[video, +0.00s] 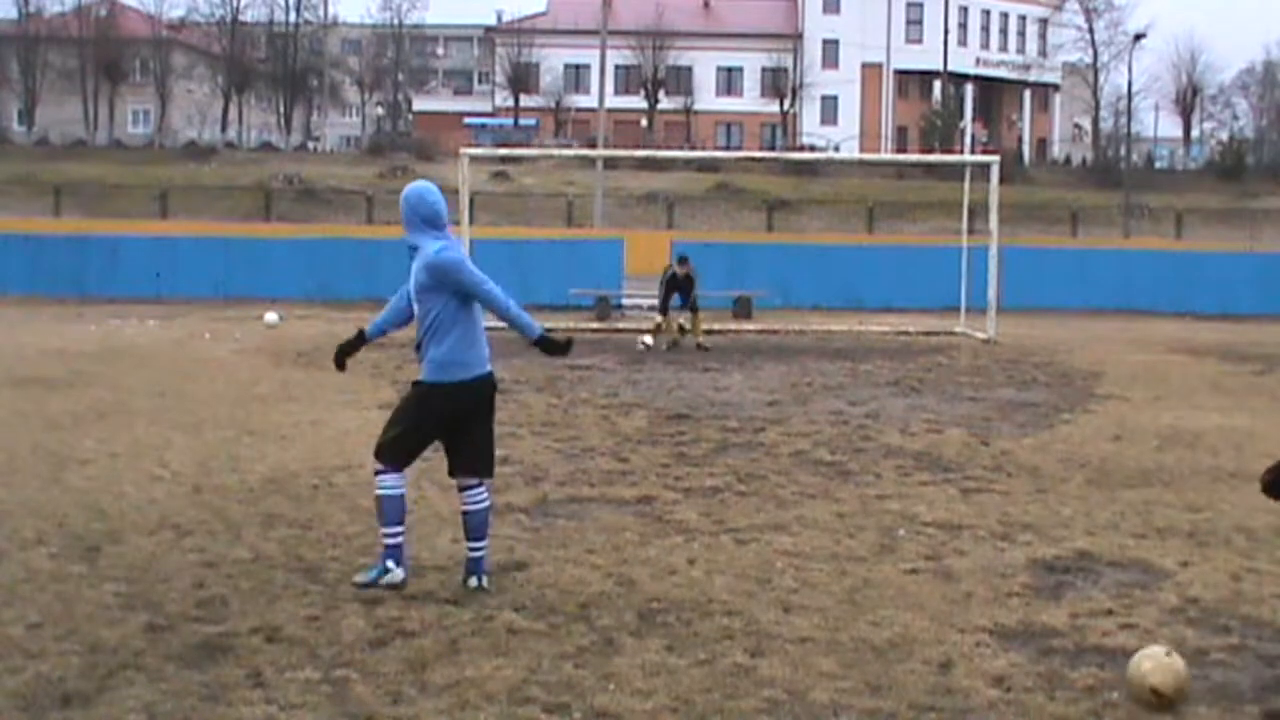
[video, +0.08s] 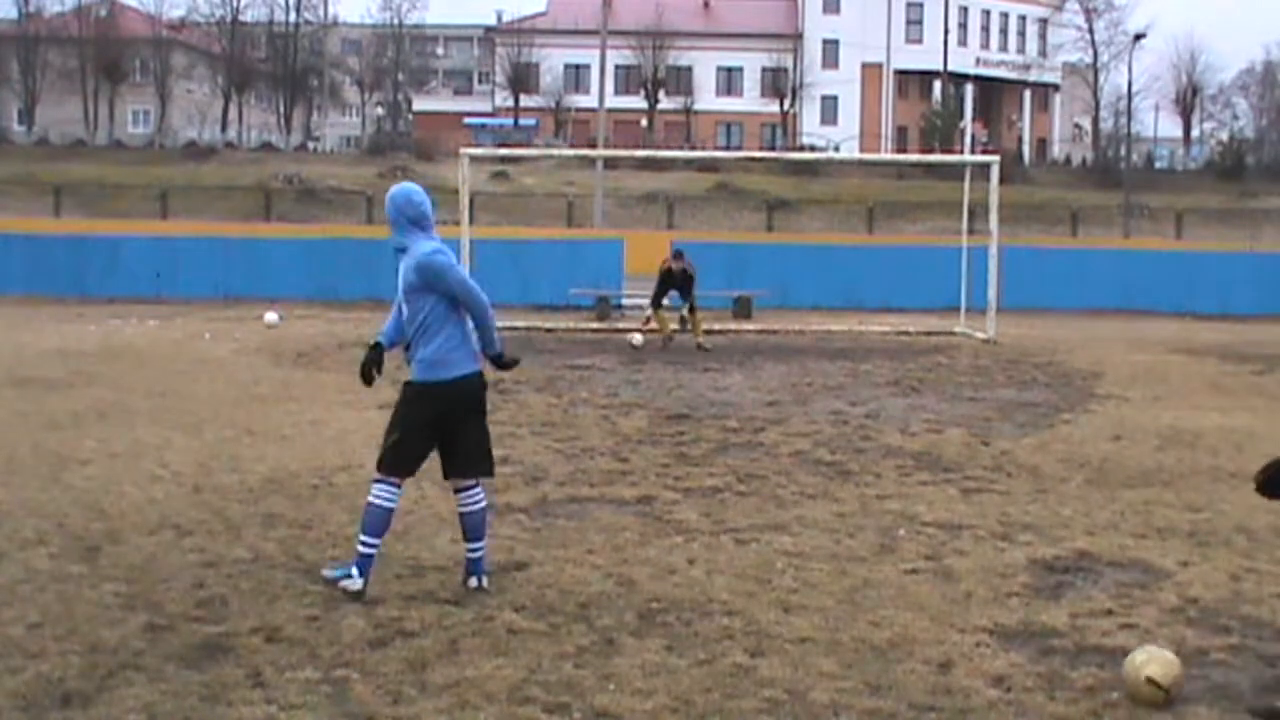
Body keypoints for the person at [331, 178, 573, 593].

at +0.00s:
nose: (401, 223)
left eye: (403, 217)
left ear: (407, 218)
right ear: (441, 213)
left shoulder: (437, 257)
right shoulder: (432, 259)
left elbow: (491, 295)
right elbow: (401, 310)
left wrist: (538, 335)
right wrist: (361, 338)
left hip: (441, 385)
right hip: (476, 382)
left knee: (388, 461)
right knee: (471, 476)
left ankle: (392, 563)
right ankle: (477, 571)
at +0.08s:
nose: (387, 226)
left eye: (388, 219)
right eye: (388, 219)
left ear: (394, 220)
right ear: (426, 213)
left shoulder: (424, 258)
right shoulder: (420, 257)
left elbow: (478, 302)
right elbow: (406, 312)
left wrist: (493, 351)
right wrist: (381, 343)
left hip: (429, 387)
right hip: (464, 385)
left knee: (391, 475)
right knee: (467, 478)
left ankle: (360, 569)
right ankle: (476, 571)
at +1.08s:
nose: (353, 217)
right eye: (352, 210)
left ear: (310, 215)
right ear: (353, 214)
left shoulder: (291, 266)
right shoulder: (376, 263)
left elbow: (265, 331)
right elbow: (395, 332)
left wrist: (284, 360)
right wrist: (383, 373)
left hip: (322, 395)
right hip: (370, 391)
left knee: (344, 489)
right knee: (367, 490)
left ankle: (359, 581)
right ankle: (343, 584)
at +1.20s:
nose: (357, 220)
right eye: (356, 213)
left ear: (312, 219)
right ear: (356, 217)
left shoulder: (290, 272)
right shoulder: (377, 269)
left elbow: (277, 342)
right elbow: (396, 340)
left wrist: (288, 381)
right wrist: (404, 377)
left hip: (316, 402)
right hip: (364, 399)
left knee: (343, 496)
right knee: (347, 501)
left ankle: (357, 588)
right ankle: (332, 607)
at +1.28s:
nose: (357, 218)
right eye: (357, 211)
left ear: (312, 217)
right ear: (356, 217)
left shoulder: (289, 270)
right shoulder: (378, 269)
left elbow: (279, 341)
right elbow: (401, 344)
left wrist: (288, 383)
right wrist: (414, 387)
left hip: (308, 402)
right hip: (361, 400)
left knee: (336, 497)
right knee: (340, 501)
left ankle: (346, 586)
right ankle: (330, 611)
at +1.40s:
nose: (359, 213)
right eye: (358, 206)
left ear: (311, 211)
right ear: (355, 211)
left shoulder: (285, 263)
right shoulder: (376, 265)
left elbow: (272, 333)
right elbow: (400, 341)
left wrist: (274, 380)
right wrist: (416, 393)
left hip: (302, 398)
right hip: (354, 398)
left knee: (312, 488)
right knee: (339, 502)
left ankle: (323, 581)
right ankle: (331, 609)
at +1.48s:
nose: (352, 214)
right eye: (353, 206)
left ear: (309, 210)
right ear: (352, 211)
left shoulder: (281, 263)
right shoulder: (372, 264)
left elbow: (263, 332)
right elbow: (394, 338)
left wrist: (264, 379)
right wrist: (411, 392)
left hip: (297, 398)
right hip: (351, 399)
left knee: (304, 489)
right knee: (336, 505)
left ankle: (299, 589)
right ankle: (331, 610)